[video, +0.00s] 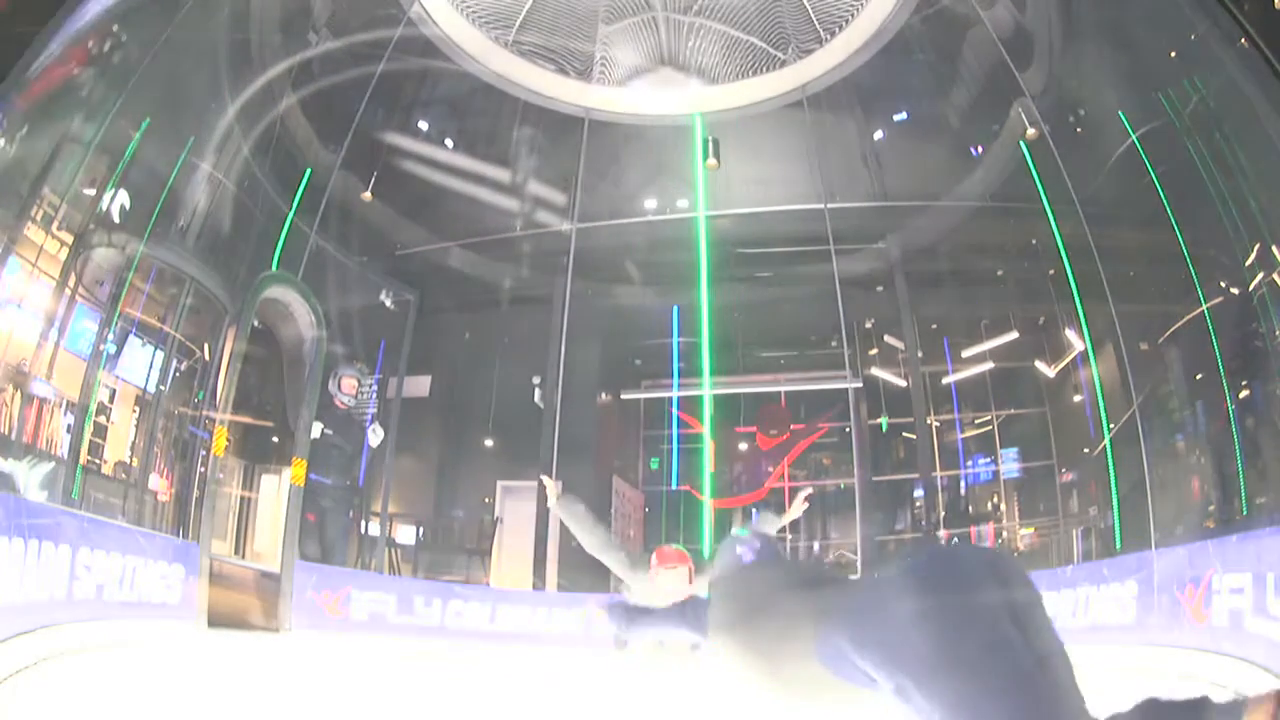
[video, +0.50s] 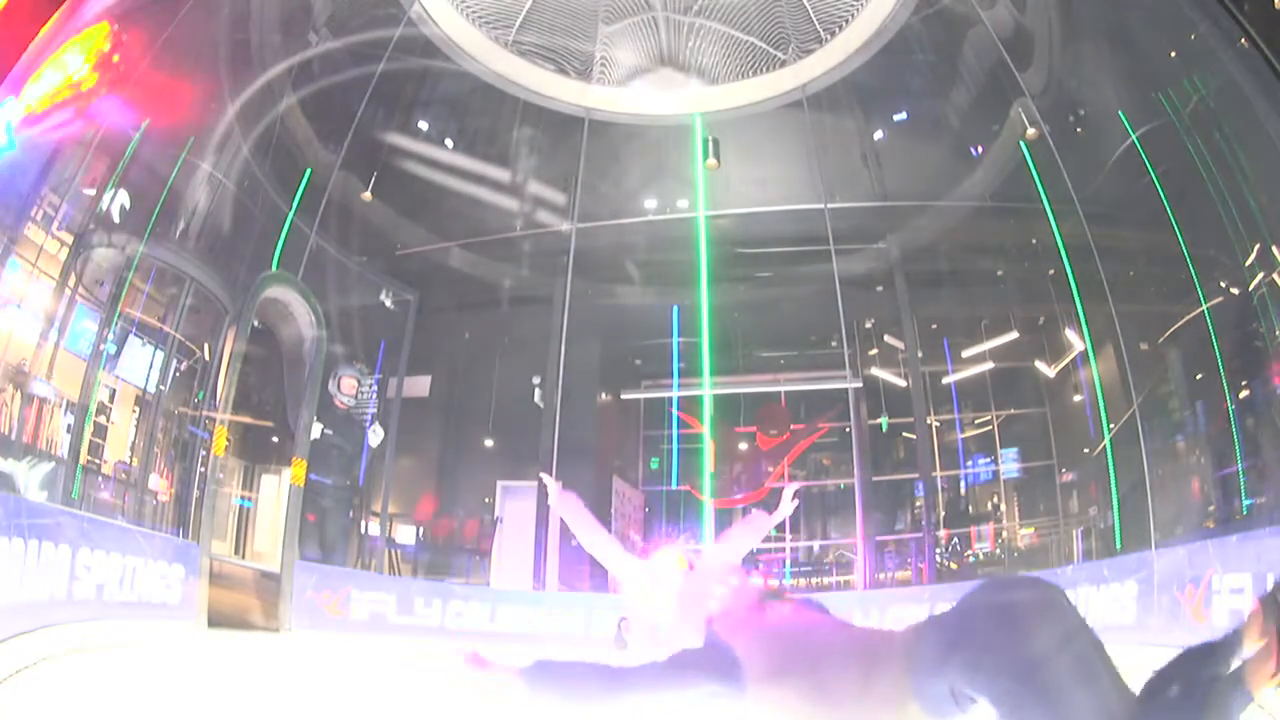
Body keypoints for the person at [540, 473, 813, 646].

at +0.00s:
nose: (678, 586)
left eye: (682, 579)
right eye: (671, 579)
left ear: (691, 576)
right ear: (654, 576)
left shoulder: (704, 587)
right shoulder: (635, 583)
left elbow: (740, 545)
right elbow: (597, 540)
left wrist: (784, 516)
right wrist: (560, 501)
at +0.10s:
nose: (671, 585)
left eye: (677, 577)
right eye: (664, 577)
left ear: (689, 574)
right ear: (651, 576)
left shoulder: (702, 592)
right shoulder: (636, 584)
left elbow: (734, 547)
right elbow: (599, 542)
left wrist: (777, 511)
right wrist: (562, 501)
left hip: (690, 657)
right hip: (641, 654)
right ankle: (584, 639)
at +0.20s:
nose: (672, 577)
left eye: (678, 569)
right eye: (664, 569)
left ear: (688, 571)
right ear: (651, 568)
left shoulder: (701, 588)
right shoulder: (636, 582)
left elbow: (733, 545)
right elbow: (599, 539)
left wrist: (774, 510)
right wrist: (561, 502)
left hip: (694, 668)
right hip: (645, 669)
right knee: (575, 664)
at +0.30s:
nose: (670, 577)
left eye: (677, 570)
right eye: (662, 569)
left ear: (688, 571)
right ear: (650, 569)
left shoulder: (704, 591)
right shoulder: (636, 581)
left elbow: (733, 542)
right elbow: (598, 541)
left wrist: (773, 513)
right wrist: (561, 503)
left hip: (694, 674)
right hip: (644, 675)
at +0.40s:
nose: (673, 557)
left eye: (678, 548)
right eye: (665, 549)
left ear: (687, 551)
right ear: (652, 550)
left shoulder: (701, 573)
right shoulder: (636, 573)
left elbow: (735, 541)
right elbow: (597, 538)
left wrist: (775, 511)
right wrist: (563, 500)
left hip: (695, 670)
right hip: (645, 672)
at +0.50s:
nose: (672, 569)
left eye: (678, 562)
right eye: (665, 562)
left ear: (686, 563)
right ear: (651, 562)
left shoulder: (698, 583)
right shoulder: (637, 580)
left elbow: (733, 546)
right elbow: (597, 542)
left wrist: (776, 513)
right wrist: (563, 501)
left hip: (691, 669)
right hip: (642, 672)